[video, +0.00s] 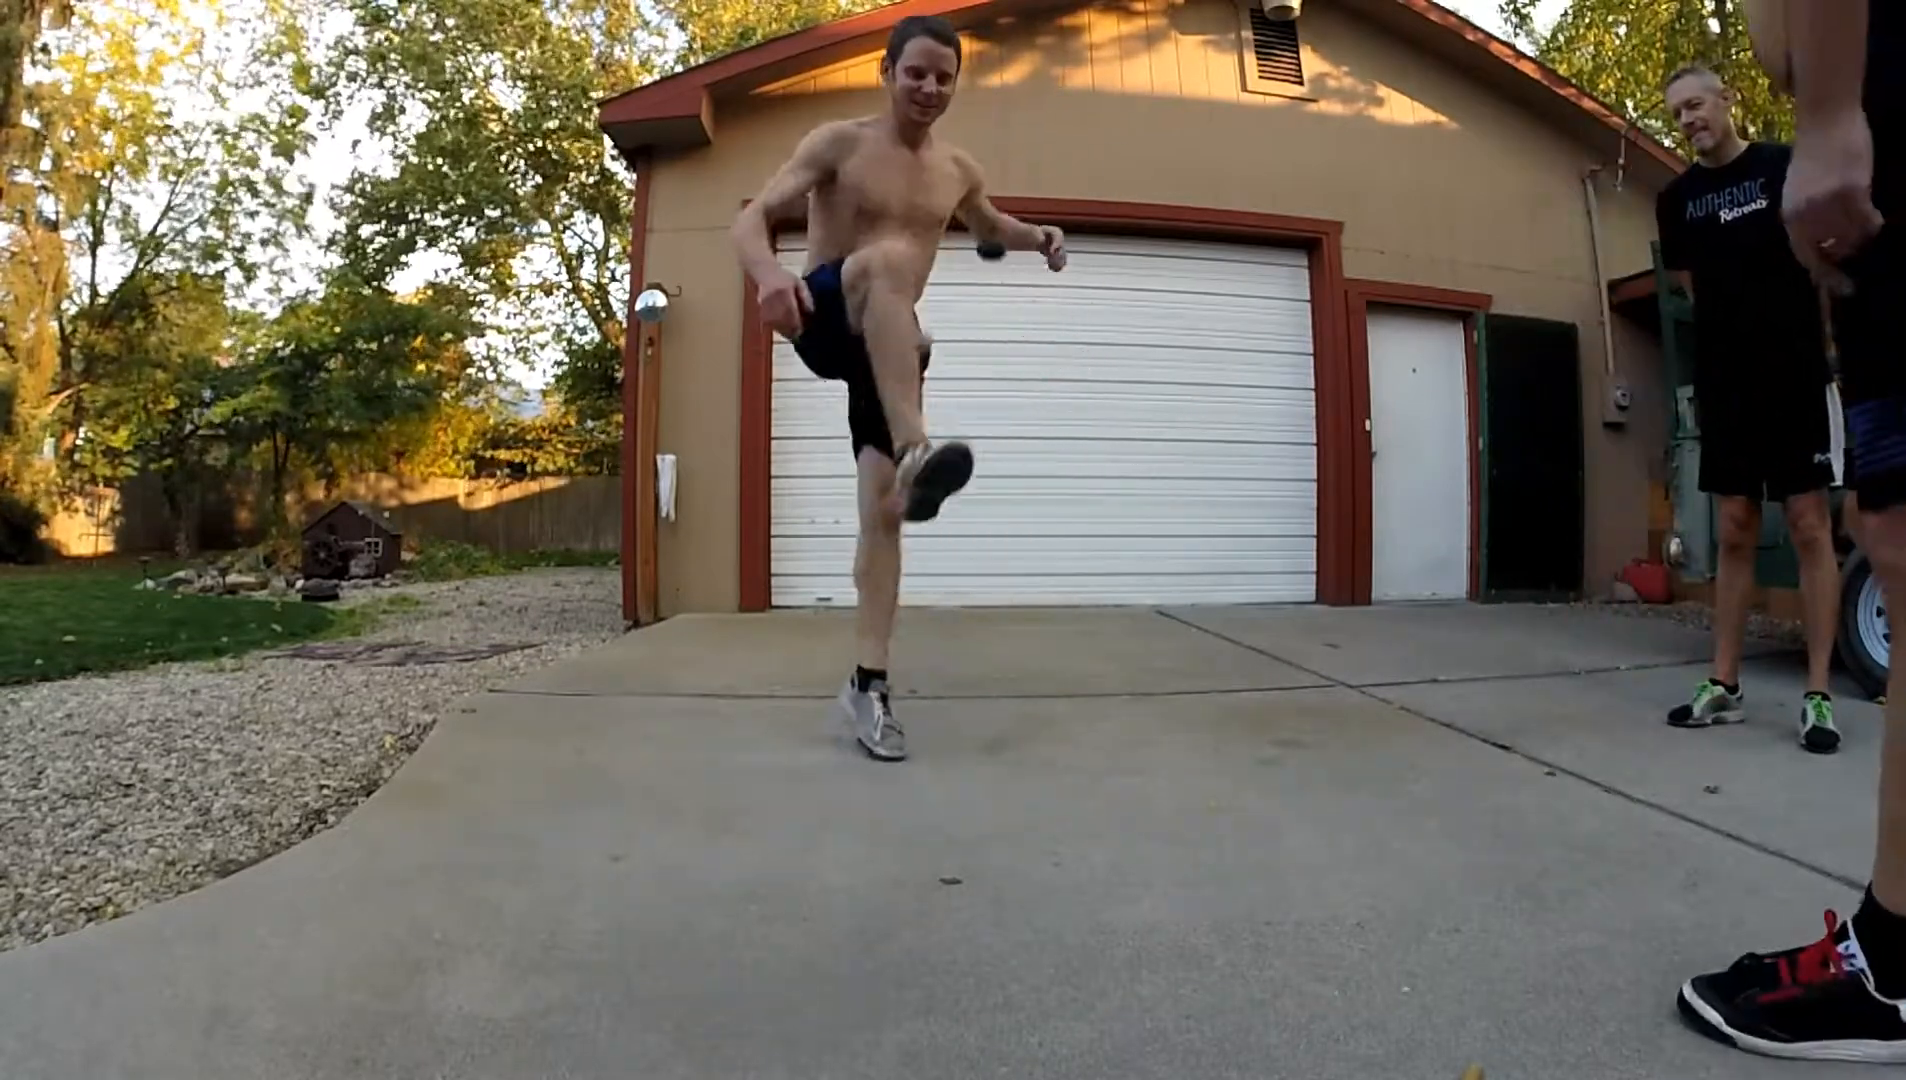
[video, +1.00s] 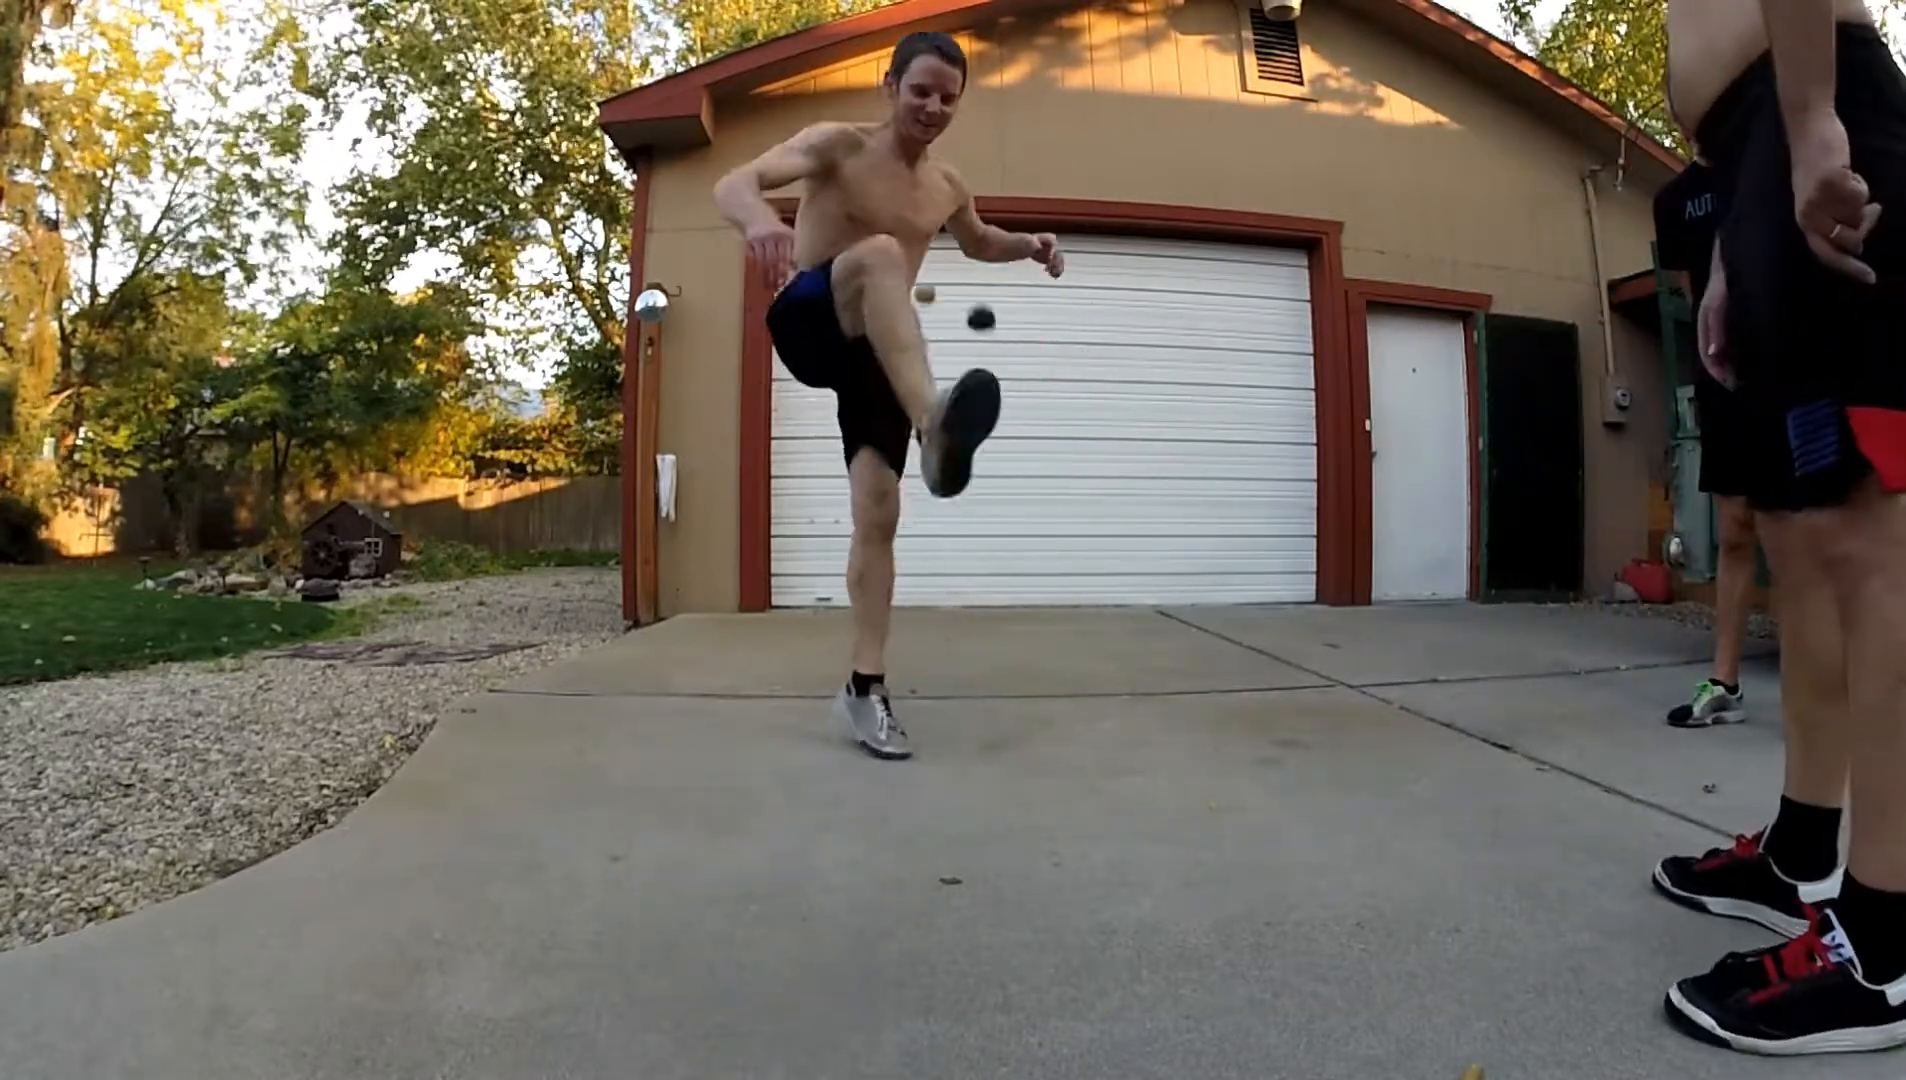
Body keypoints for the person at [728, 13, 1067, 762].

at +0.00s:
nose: (930, 88)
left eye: (943, 78)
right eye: (917, 72)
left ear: (956, 87)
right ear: (888, 73)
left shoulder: (959, 171)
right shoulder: (837, 143)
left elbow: (991, 231)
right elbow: (750, 220)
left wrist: (1040, 238)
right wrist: (768, 276)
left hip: (896, 338)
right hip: (823, 323)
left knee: (886, 509)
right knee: (884, 265)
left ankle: (868, 688)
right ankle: (908, 462)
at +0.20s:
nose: (915, 108)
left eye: (928, 98)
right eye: (903, 95)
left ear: (941, 109)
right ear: (878, 101)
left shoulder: (943, 205)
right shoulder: (825, 171)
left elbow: (971, 285)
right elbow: (761, 261)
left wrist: (1029, 297)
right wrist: (760, 340)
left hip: (900, 365)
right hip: (827, 355)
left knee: (910, 537)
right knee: (887, 468)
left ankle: (847, 704)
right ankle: (891, 670)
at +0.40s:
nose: (925, 124)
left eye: (938, 115)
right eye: (914, 109)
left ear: (949, 124)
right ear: (883, 106)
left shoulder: (947, 207)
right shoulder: (829, 174)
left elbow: (992, 267)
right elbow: (750, 252)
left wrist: (1029, 271)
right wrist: (765, 329)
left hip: (891, 367)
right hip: (820, 344)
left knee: (890, 533)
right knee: (907, 343)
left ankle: (847, 703)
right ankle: (980, 532)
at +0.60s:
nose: (928, 94)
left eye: (942, 86)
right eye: (917, 79)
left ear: (952, 96)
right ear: (888, 79)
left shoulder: (947, 181)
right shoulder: (833, 150)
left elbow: (965, 254)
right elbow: (754, 225)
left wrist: (1011, 278)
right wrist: (767, 292)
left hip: (892, 338)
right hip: (820, 318)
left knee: (893, 519)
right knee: (902, 356)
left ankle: (861, 692)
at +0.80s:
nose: (922, 133)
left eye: (935, 123)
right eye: (910, 117)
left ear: (945, 134)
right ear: (881, 118)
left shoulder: (939, 228)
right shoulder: (826, 188)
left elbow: (957, 310)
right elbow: (757, 271)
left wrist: (1013, 322)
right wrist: (756, 357)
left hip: (899, 376)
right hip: (827, 364)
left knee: (932, 546)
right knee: (904, 453)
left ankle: (854, 704)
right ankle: (952, 671)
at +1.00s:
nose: (933, 107)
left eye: (947, 98)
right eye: (922, 90)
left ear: (958, 105)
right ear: (892, 85)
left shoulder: (947, 186)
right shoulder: (835, 144)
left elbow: (979, 242)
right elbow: (733, 185)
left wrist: (1028, 244)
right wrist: (757, 221)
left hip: (883, 351)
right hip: (809, 334)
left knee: (877, 514)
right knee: (877, 259)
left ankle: (865, 689)